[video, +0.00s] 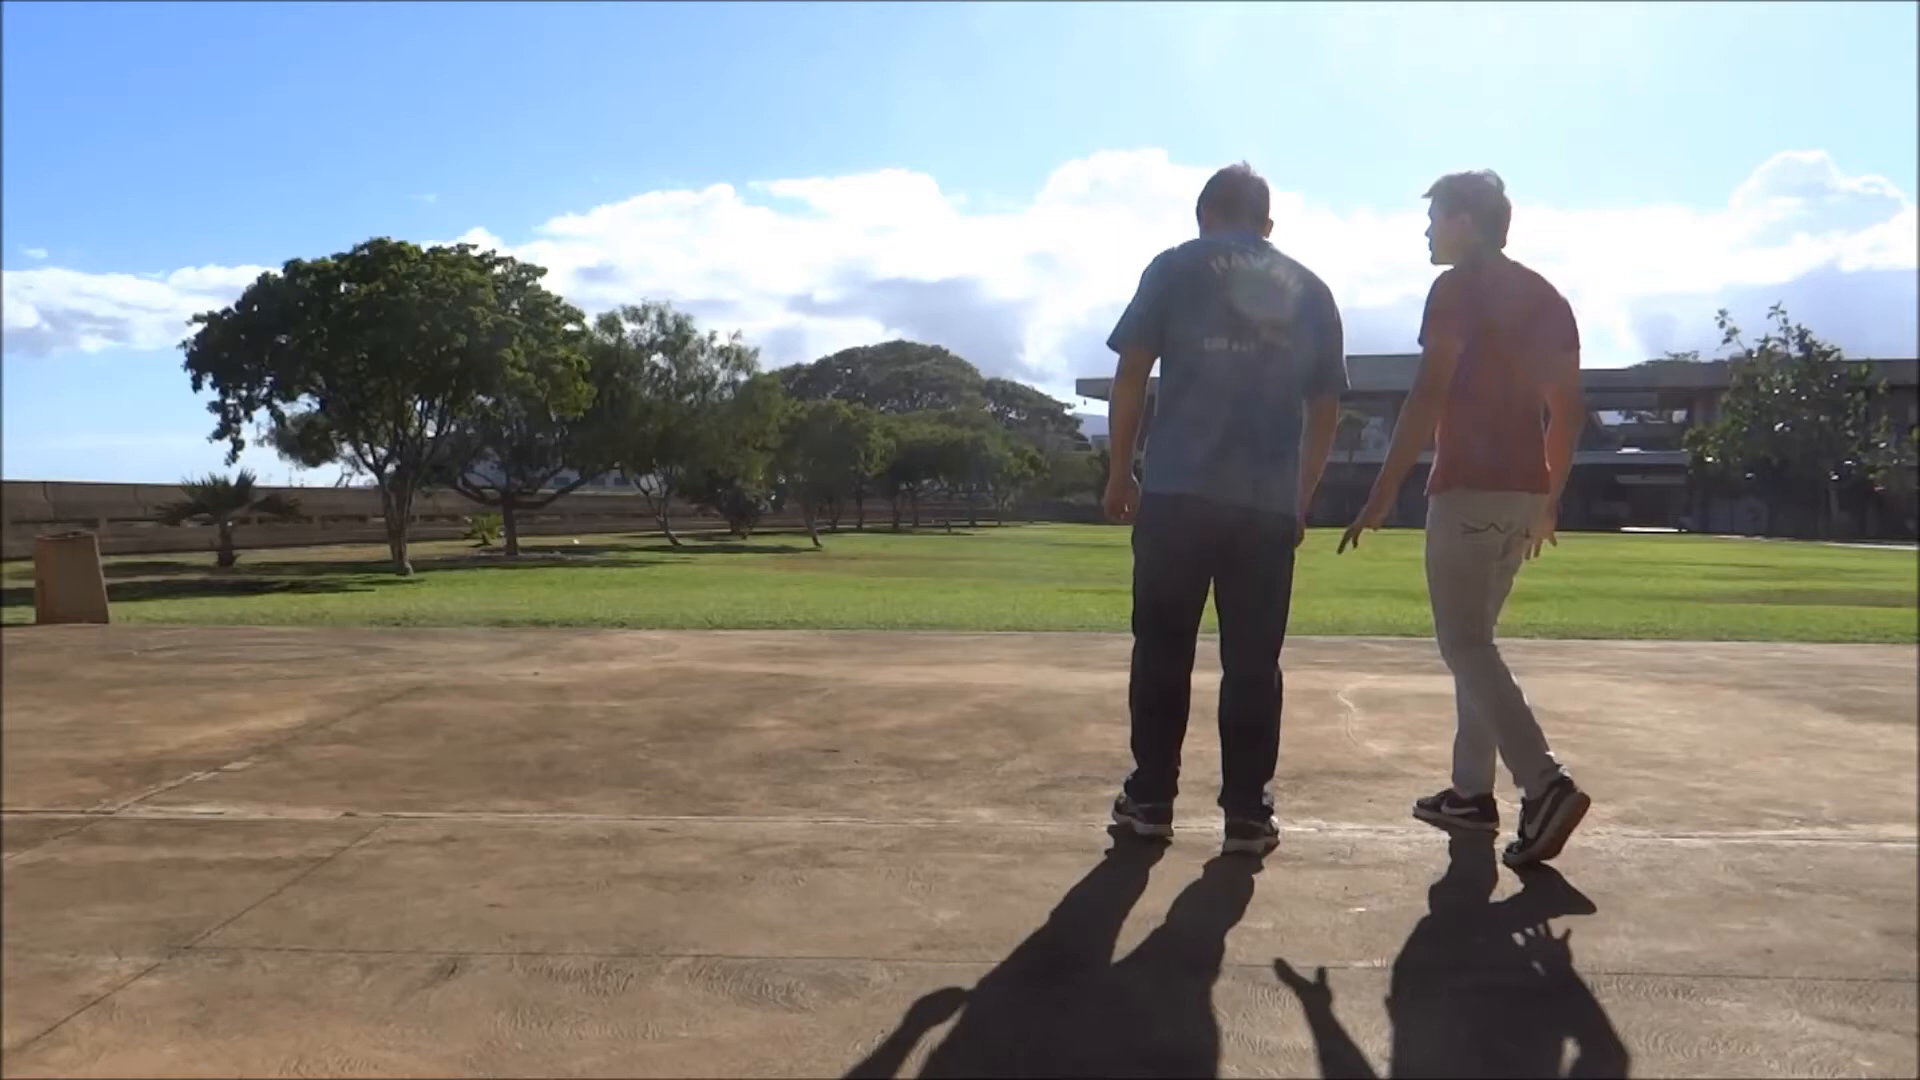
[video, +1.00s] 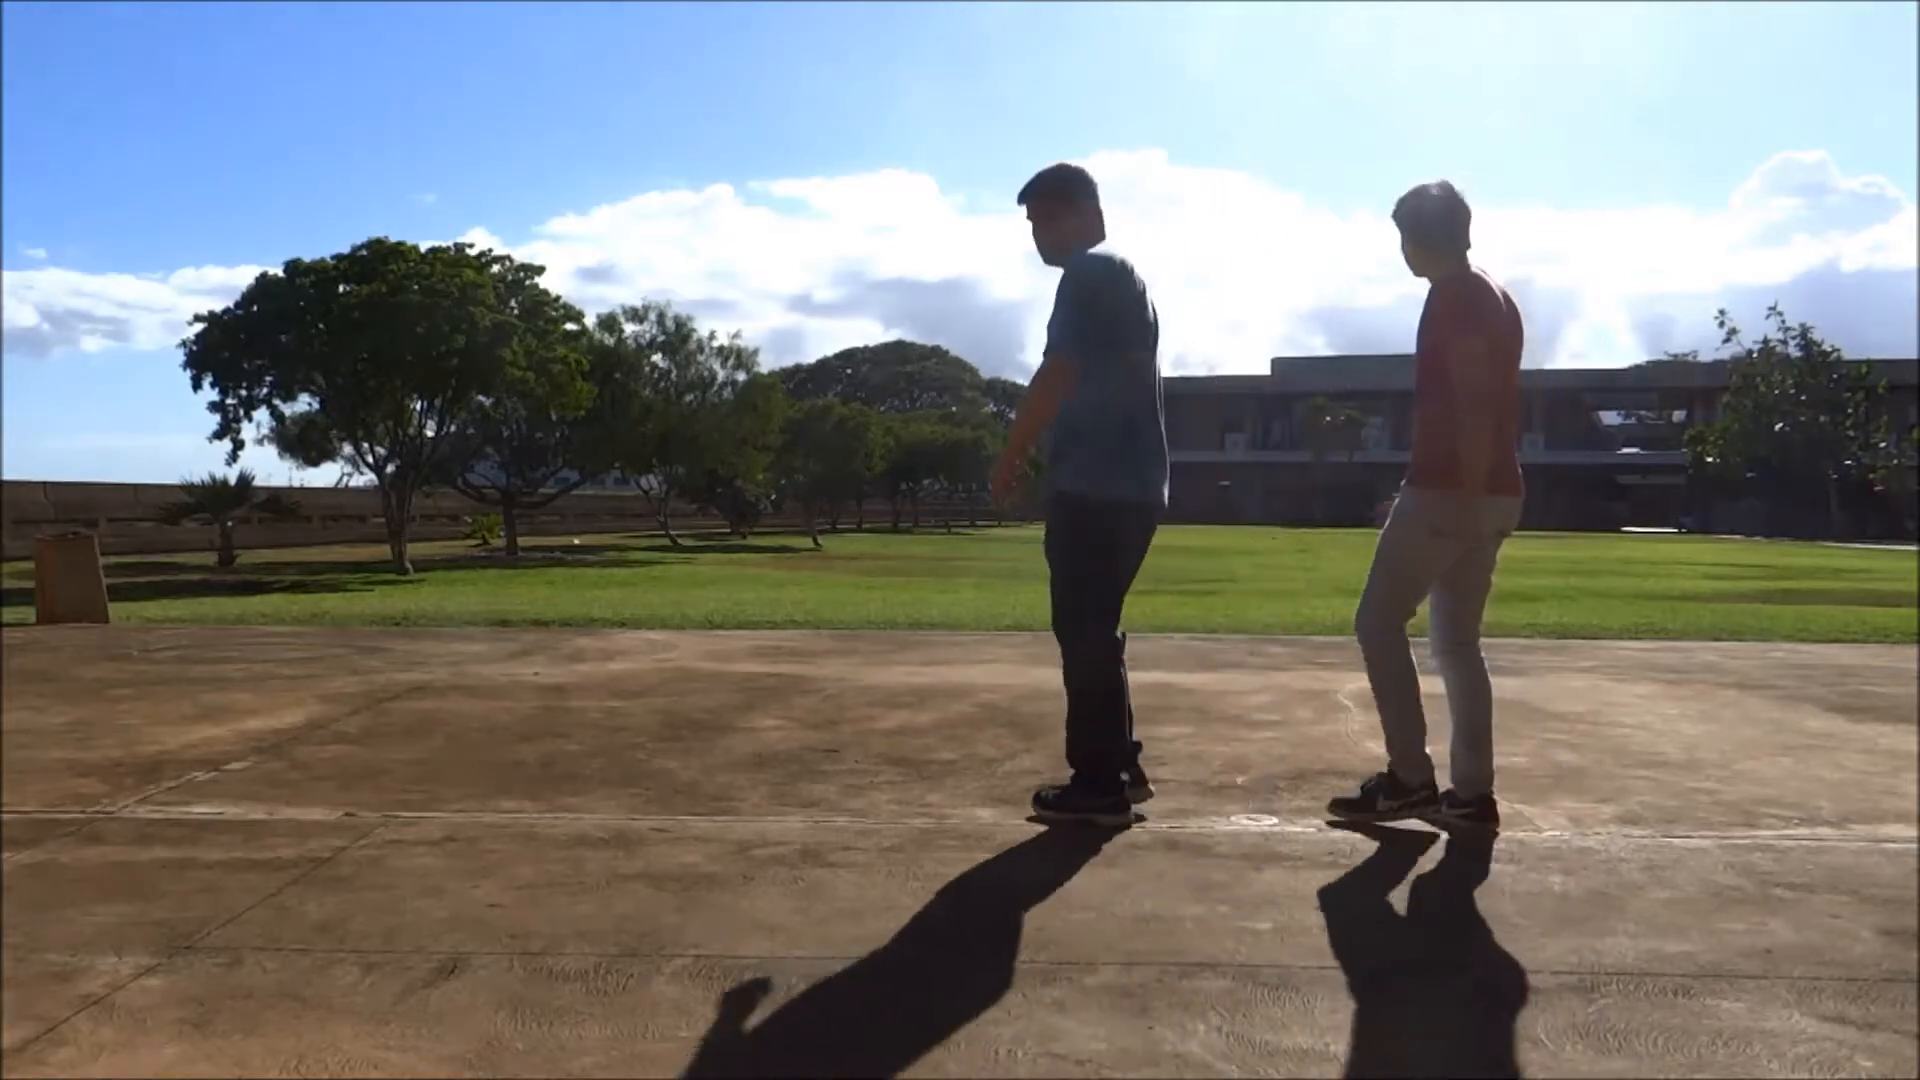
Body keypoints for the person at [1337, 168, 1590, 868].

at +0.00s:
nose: (1428, 230)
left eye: (1436, 218)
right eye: (1430, 218)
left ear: (1467, 223)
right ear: (1491, 224)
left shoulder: (1453, 289)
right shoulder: (1551, 300)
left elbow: (1428, 397)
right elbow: (1566, 410)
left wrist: (1382, 491)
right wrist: (1548, 499)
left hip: (1465, 491)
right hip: (1530, 494)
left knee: (1462, 640)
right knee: (1474, 641)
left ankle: (1545, 786)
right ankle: (1470, 794)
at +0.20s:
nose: (1422, 234)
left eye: (1431, 221)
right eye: (1425, 221)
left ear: (1461, 226)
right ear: (1486, 227)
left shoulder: (1449, 292)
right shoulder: (1540, 300)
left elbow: (1427, 398)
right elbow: (1553, 407)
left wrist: (1386, 487)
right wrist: (1537, 487)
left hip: (1461, 491)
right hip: (1518, 493)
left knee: (1450, 641)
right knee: (1466, 641)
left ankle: (1533, 780)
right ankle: (1469, 794)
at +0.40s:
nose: (1416, 237)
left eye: (1425, 224)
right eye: (1418, 224)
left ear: (1457, 230)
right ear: (1480, 230)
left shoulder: (1448, 294)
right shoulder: (1531, 304)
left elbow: (1429, 398)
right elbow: (1541, 414)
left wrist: (1389, 495)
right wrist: (1516, 489)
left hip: (1457, 492)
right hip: (1508, 494)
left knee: (1439, 638)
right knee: (1460, 640)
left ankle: (1519, 775)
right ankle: (1467, 793)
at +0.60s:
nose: (1411, 243)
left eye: (1419, 230)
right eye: (1412, 231)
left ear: (1451, 232)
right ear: (1471, 232)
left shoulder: (1448, 294)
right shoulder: (1520, 302)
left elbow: (1438, 401)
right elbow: (1529, 413)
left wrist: (1409, 501)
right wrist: (1504, 480)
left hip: (1456, 492)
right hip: (1504, 493)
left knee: (1424, 634)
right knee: (1460, 638)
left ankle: (1506, 763)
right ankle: (1472, 788)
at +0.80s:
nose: (1404, 243)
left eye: (1411, 230)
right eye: (1405, 231)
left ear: (1440, 233)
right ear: (1462, 233)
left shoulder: (1450, 296)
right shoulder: (1510, 299)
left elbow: (1452, 397)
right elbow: (1511, 404)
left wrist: (1431, 493)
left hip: (1450, 491)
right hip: (1500, 493)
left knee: (1392, 626)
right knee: (1460, 635)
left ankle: (1482, 754)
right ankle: (1470, 799)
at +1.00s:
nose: (1400, 250)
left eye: (1404, 236)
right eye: (1400, 236)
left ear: (1424, 237)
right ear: (1459, 232)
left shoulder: (1452, 300)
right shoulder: (1498, 303)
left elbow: (1473, 402)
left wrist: (1467, 492)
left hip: (1441, 494)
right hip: (1492, 497)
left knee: (1378, 623)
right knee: (1457, 640)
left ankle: (1408, 776)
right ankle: (1471, 795)